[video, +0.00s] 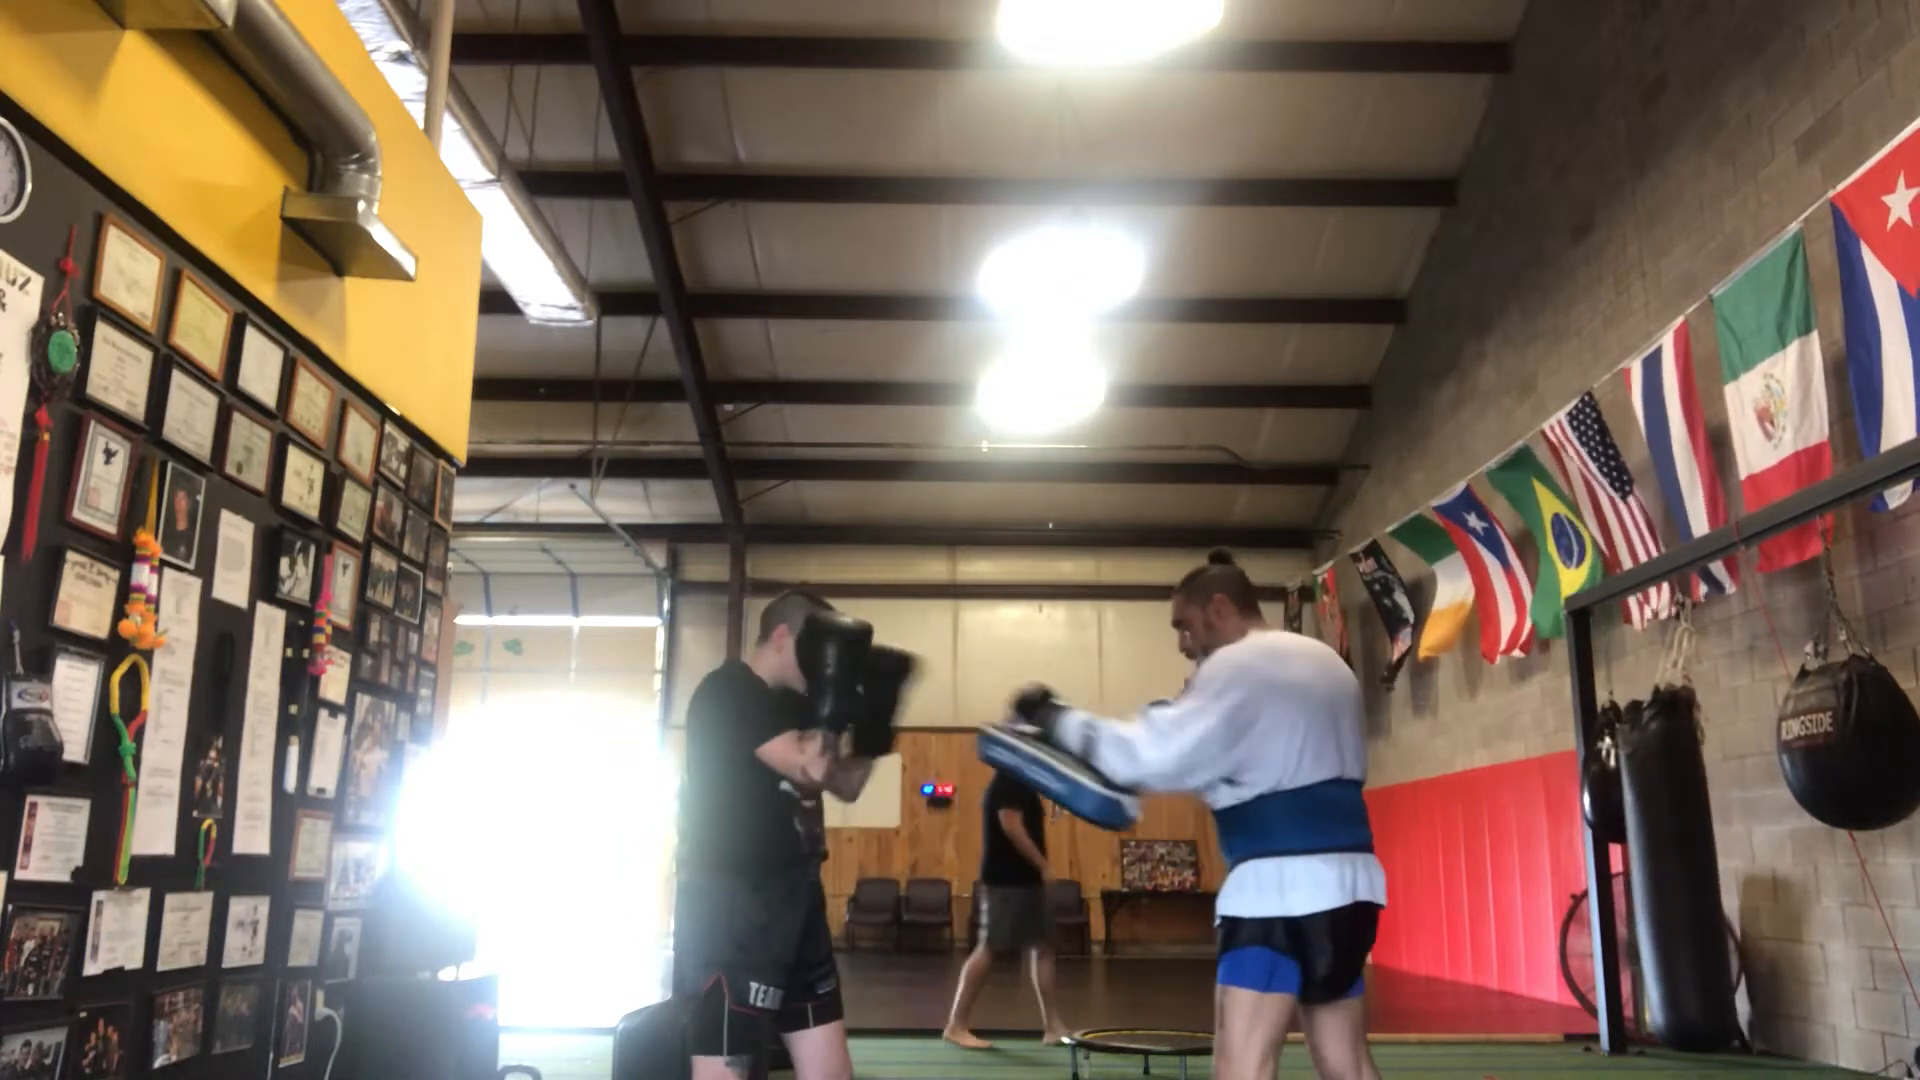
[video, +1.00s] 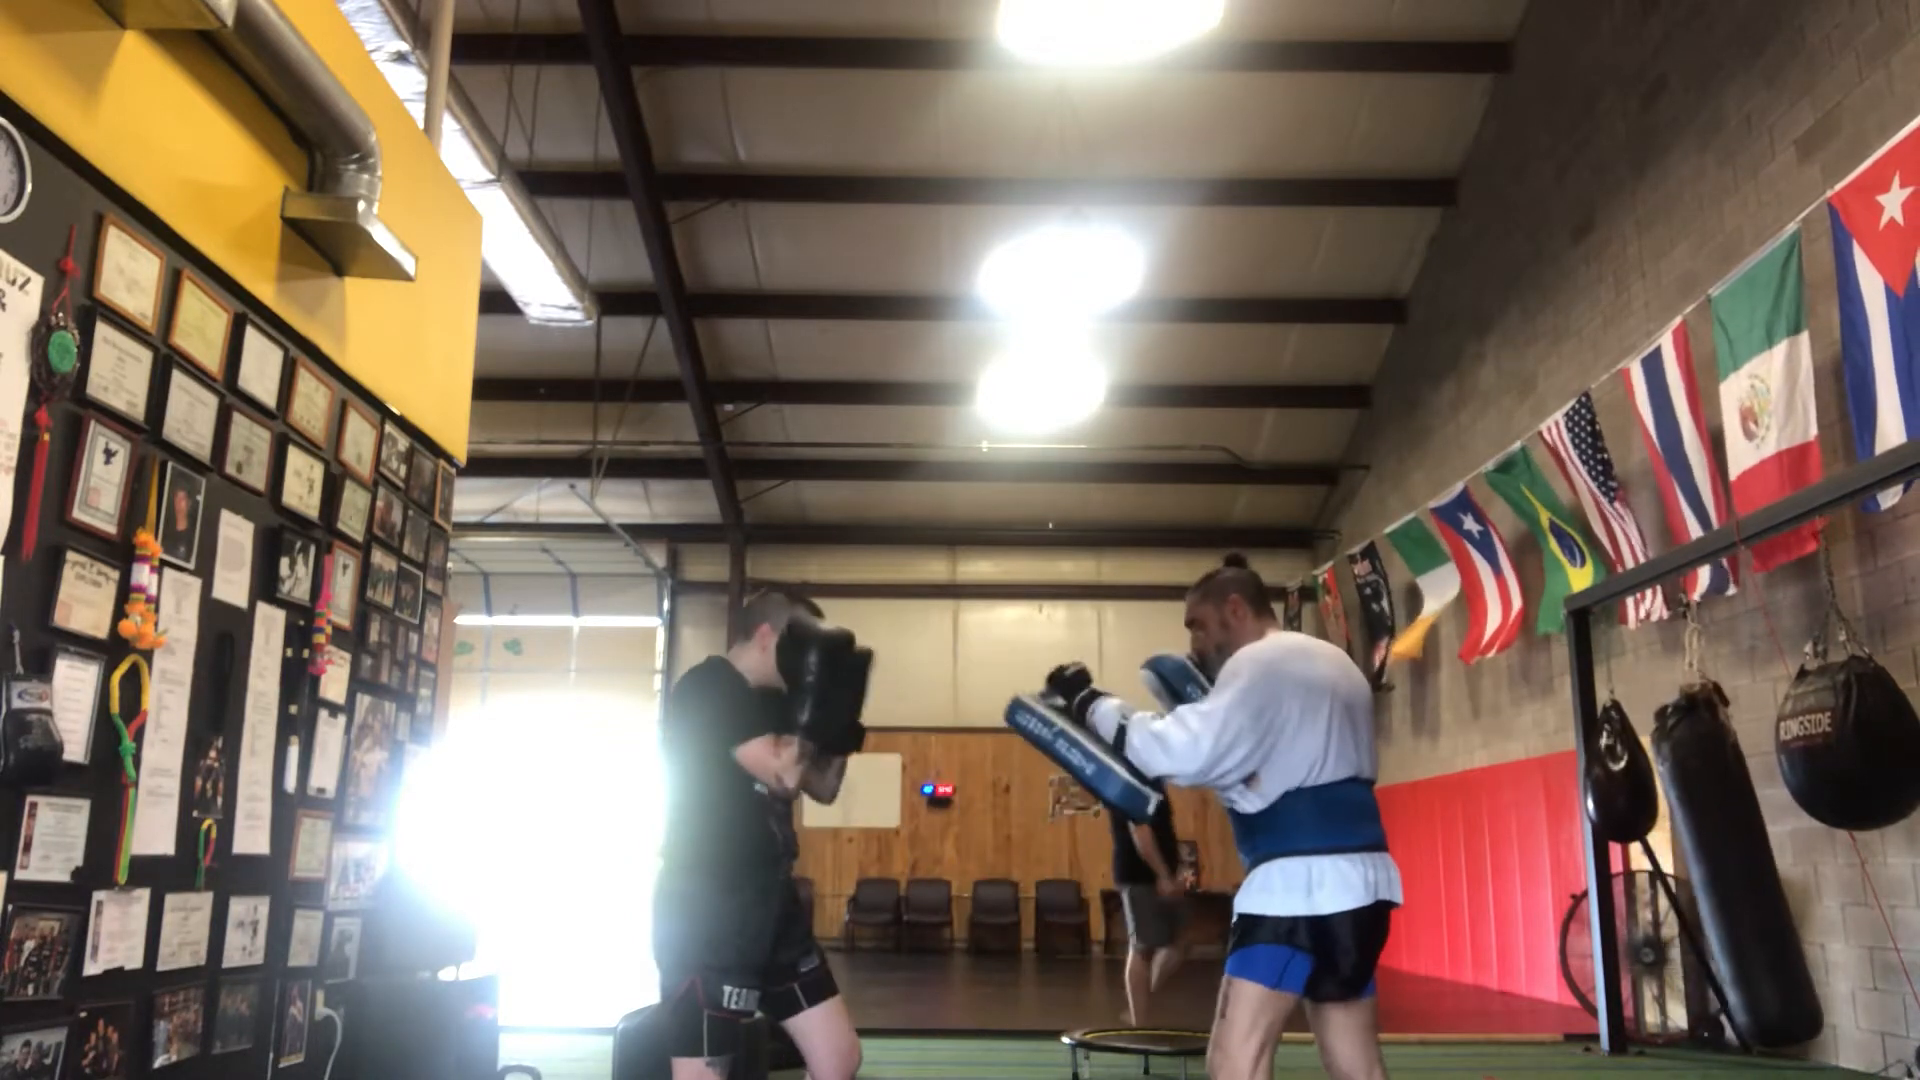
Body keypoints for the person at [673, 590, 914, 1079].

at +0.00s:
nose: (820, 658)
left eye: (825, 646)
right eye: (814, 644)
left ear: (786, 640)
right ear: (783, 637)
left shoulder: (795, 703)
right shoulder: (726, 691)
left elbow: (849, 786)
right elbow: (812, 768)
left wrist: (874, 706)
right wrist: (837, 691)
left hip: (796, 918)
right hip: (731, 918)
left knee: (829, 1070)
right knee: (722, 1071)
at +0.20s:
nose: (825, 656)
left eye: (831, 646)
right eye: (819, 643)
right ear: (787, 633)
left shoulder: (809, 703)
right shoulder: (727, 688)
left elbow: (897, 749)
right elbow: (800, 764)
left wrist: (942, 679)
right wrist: (824, 679)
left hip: (801, 913)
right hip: (729, 913)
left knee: (828, 1069)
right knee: (710, 1069)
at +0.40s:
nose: (824, 656)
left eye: (831, 645)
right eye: (819, 642)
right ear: (786, 633)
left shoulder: (815, 695)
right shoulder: (724, 689)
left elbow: (914, 720)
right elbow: (793, 768)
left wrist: (977, 678)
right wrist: (820, 686)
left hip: (796, 910)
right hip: (725, 913)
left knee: (823, 1070)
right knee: (713, 1071)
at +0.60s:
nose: (822, 664)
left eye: (828, 653)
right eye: (817, 649)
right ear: (776, 637)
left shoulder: (801, 717)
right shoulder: (717, 691)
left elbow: (843, 807)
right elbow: (760, 785)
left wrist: (896, 755)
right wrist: (816, 711)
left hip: (794, 908)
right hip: (723, 909)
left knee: (824, 1069)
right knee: (716, 1070)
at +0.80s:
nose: (805, 669)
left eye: (812, 657)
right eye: (804, 653)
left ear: (771, 643)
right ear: (771, 639)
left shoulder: (778, 705)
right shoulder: (708, 691)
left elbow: (839, 784)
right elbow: (782, 775)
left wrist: (853, 700)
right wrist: (823, 694)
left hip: (777, 906)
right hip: (712, 908)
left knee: (825, 1069)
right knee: (709, 1070)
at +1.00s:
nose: (804, 659)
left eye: (810, 647)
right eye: (799, 645)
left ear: (767, 639)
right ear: (766, 635)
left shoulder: (778, 698)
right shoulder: (707, 685)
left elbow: (824, 787)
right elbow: (783, 773)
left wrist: (841, 701)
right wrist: (817, 692)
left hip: (772, 901)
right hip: (706, 905)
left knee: (838, 1057)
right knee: (701, 1070)